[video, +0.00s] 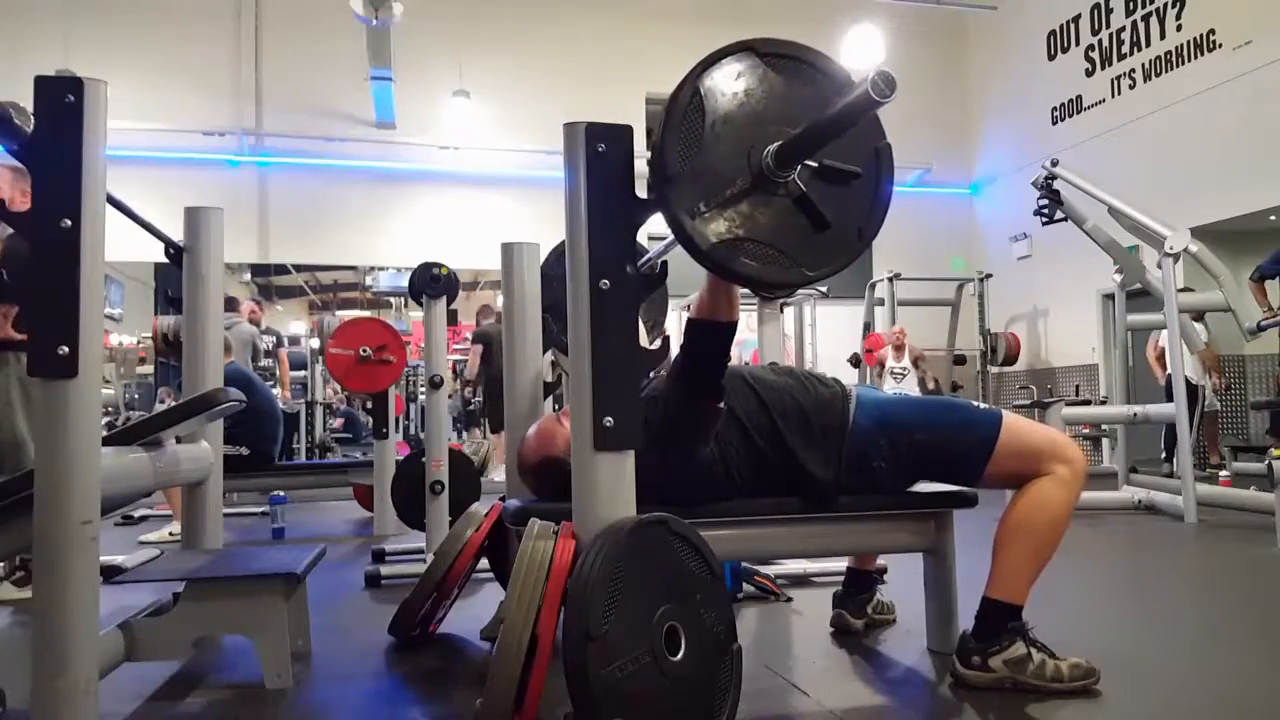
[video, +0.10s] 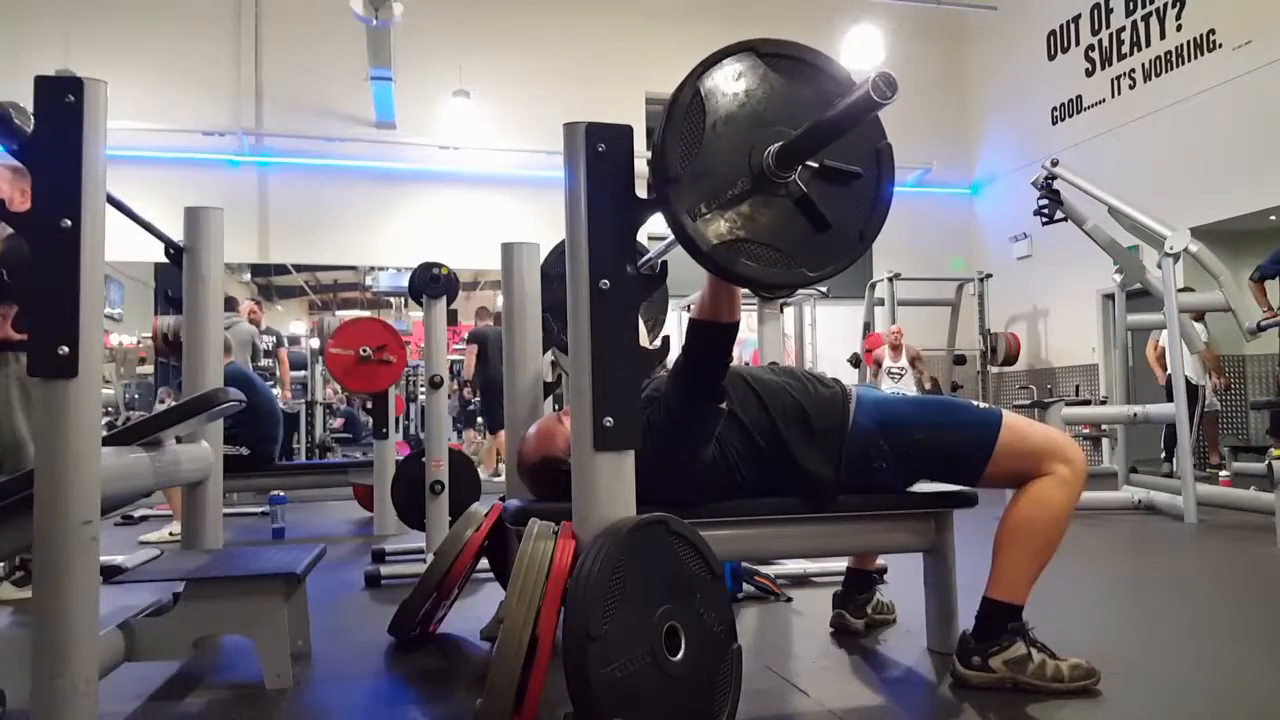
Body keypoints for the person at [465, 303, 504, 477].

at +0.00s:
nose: (477, 323)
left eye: (477, 320)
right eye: (478, 320)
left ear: (479, 318)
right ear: (494, 315)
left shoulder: (480, 333)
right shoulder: (504, 329)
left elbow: (474, 362)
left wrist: (469, 378)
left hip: (493, 382)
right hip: (510, 379)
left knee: (496, 428)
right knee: (510, 424)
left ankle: (499, 466)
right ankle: (510, 465)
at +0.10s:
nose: (476, 323)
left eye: (476, 321)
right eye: (478, 321)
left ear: (477, 319)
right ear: (492, 318)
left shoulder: (476, 333)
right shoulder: (502, 332)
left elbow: (471, 357)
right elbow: (507, 356)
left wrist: (467, 380)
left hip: (488, 382)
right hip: (504, 379)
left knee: (497, 428)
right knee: (492, 427)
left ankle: (508, 464)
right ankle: (490, 466)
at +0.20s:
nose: (472, 326)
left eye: (472, 323)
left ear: (473, 322)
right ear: (489, 320)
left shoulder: (472, 334)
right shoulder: (498, 336)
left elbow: (467, 358)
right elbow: (503, 360)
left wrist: (463, 382)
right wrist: (504, 378)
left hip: (482, 382)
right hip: (499, 381)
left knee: (496, 427)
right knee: (489, 429)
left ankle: (506, 464)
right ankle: (485, 468)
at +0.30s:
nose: (468, 326)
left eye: (468, 324)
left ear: (470, 322)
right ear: (485, 322)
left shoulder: (469, 335)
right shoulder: (494, 338)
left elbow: (462, 358)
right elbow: (498, 363)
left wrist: (457, 381)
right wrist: (497, 382)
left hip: (476, 384)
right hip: (494, 384)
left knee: (484, 428)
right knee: (487, 427)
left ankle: (502, 465)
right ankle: (483, 465)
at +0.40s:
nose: (464, 325)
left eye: (465, 322)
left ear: (465, 322)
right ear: (479, 322)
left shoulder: (464, 334)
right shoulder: (490, 340)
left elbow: (455, 359)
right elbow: (494, 365)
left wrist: (451, 377)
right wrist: (491, 380)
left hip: (470, 382)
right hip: (489, 383)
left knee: (465, 426)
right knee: (480, 427)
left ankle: (493, 455)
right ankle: (474, 465)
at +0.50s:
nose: (456, 324)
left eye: (457, 321)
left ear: (459, 321)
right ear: (473, 322)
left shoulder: (458, 335)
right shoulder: (487, 341)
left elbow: (450, 362)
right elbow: (491, 368)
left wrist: (443, 379)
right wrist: (490, 384)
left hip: (462, 383)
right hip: (484, 385)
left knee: (454, 425)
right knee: (479, 428)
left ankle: (476, 455)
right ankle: (479, 462)